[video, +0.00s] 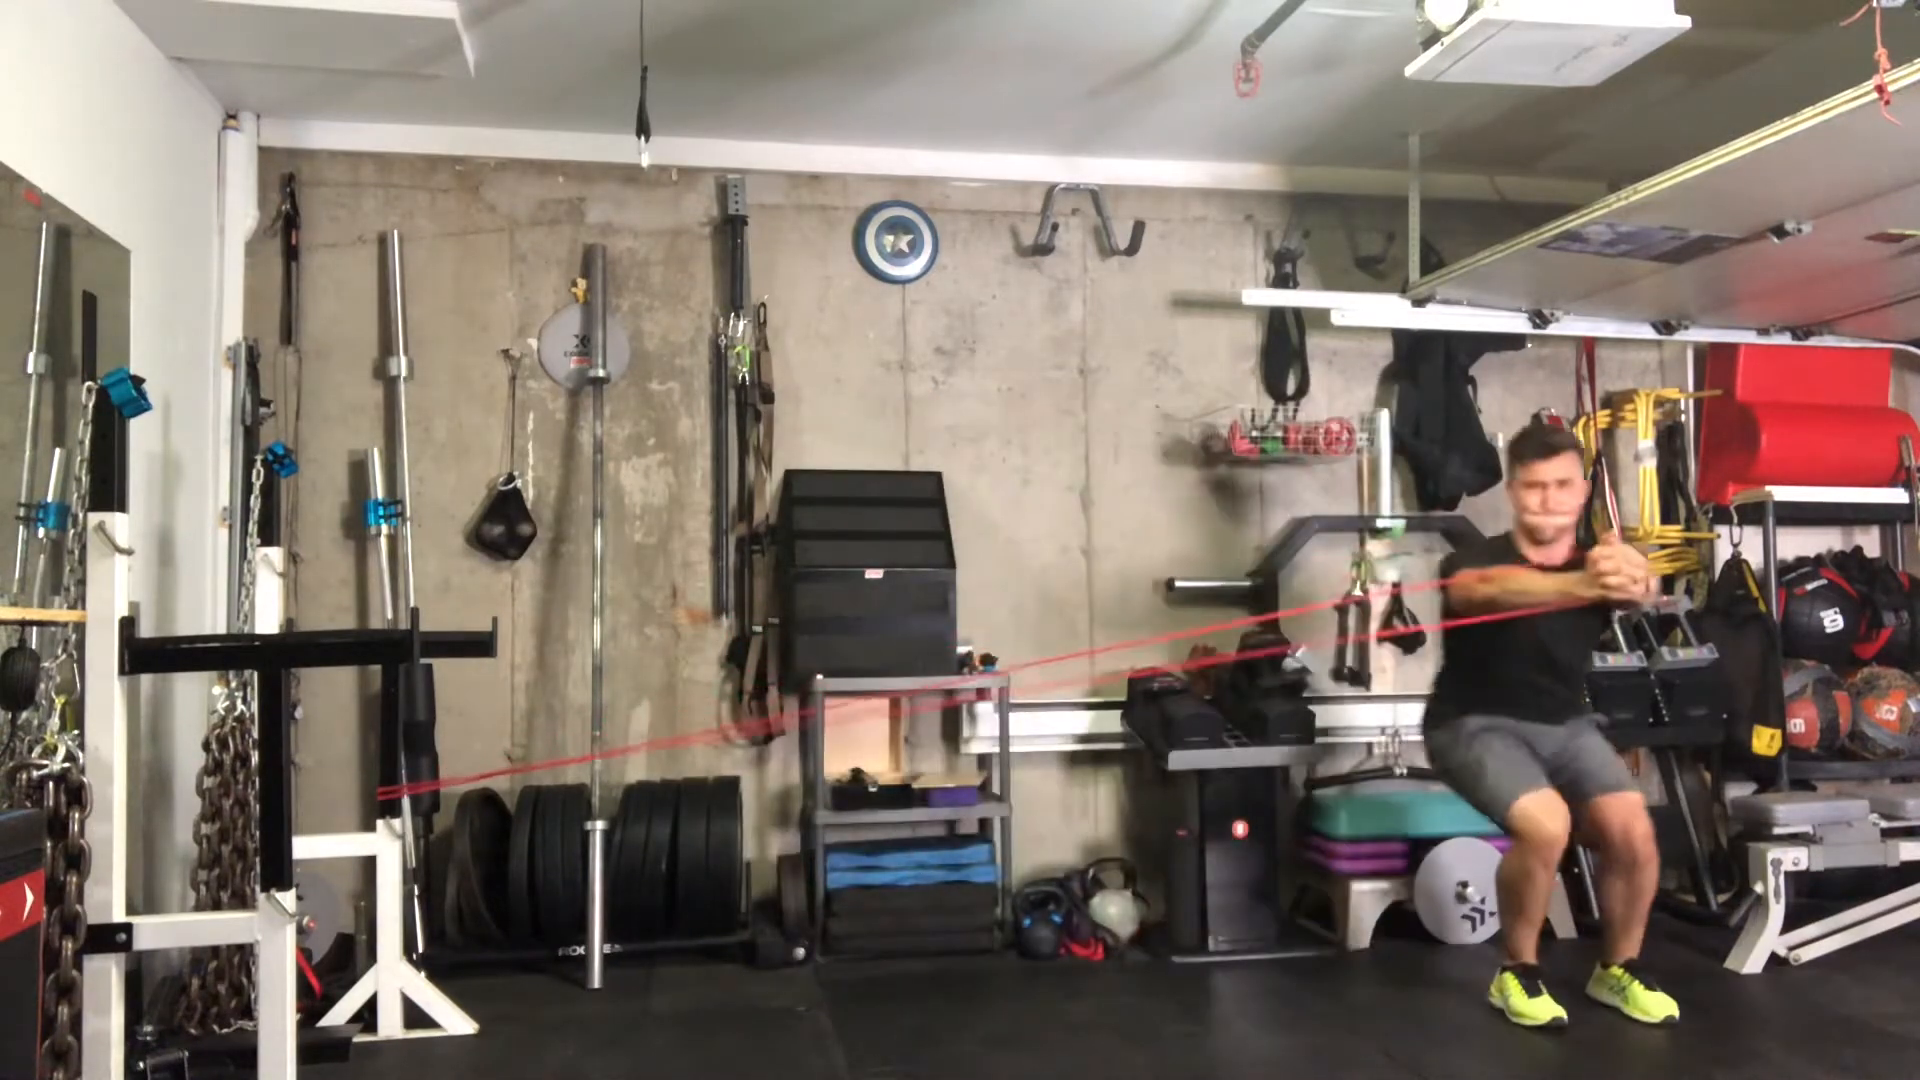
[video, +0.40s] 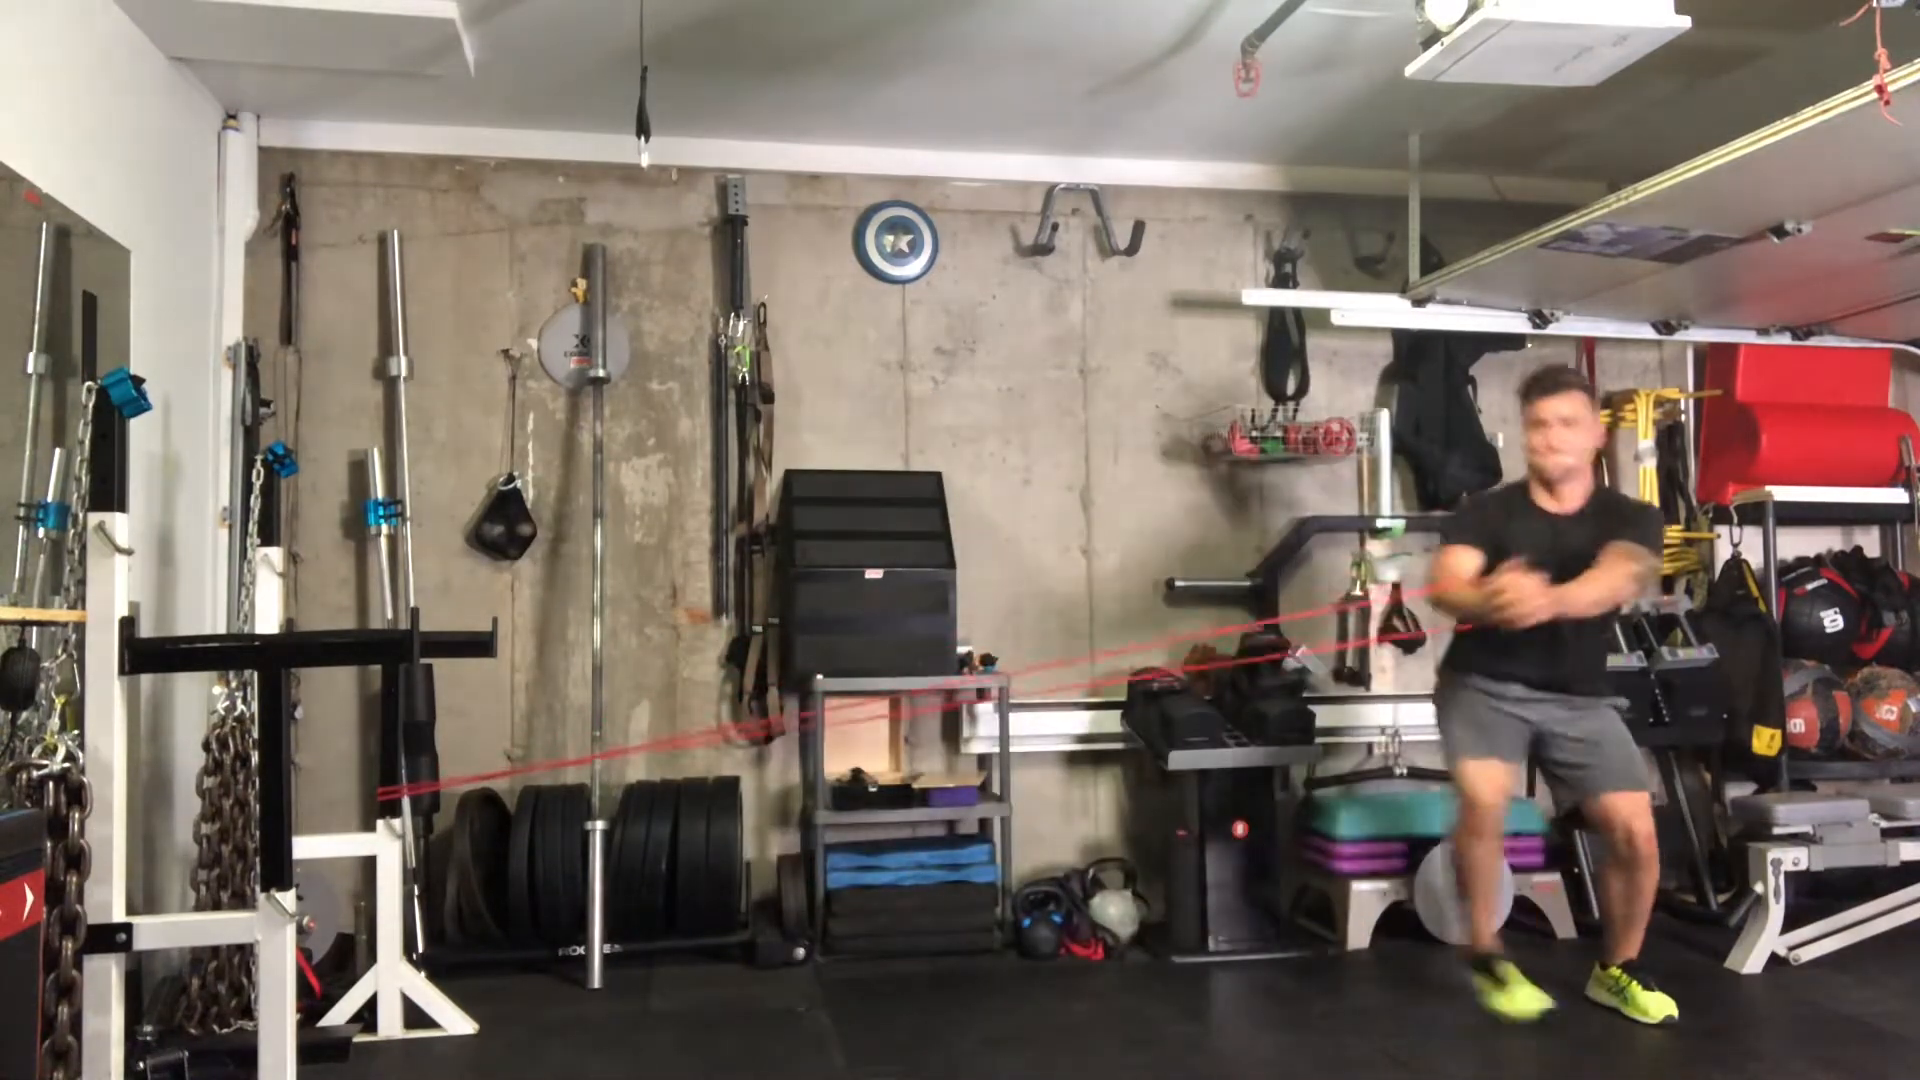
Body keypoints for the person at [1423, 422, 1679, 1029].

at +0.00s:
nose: (1548, 500)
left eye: (1563, 486)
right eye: (1533, 486)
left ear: (1583, 493)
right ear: (1510, 492)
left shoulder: (1599, 556)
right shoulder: (1475, 557)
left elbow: (1642, 583)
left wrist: (1637, 575)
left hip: (1568, 724)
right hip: (1477, 722)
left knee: (1631, 826)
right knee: (1545, 824)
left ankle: (1616, 971)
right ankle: (1519, 972)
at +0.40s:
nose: (1552, 436)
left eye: (1568, 423)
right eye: (1539, 424)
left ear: (1598, 436)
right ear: (1524, 437)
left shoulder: (1632, 519)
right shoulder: (1485, 512)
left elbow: (1615, 583)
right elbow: (1448, 587)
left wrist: (1553, 599)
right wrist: (1492, 598)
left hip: (1581, 700)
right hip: (1487, 691)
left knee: (1635, 829)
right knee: (1485, 800)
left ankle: (1617, 969)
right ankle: (1486, 956)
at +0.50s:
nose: (1500, 415)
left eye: (1515, 401)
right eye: (1489, 404)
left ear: (1553, 414)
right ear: (1479, 419)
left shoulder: (1597, 503)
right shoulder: (1453, 498)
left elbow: (1572, 590)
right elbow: (1403, 600)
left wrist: (1482, 627)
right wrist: (1439, 623)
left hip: (1565, 696)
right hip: (1463, 687)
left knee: (1619, 836)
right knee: (1422, 797)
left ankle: (1614, 970)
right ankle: (1389, 954)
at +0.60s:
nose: (1432, 397)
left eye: (1450, 384)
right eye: (1424, 387)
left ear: (1494, 398)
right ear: (1414, 403)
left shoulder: (1543, 491)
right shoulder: (1403, 495)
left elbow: (1510, 600)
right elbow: (1360, 590)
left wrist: (1400, 652)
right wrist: (1352, 644)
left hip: (1529, 688)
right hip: (1425, 683)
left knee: (1588, 829)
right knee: (1364, 796)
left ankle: (1612, 971)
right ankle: (1301, 965)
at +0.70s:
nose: (1365, 392)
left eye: (1381, 378)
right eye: (1360, 379)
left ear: (1427, 389)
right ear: (1354, 393)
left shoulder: (1471, 482)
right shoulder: (1344, 487)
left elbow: (1440, 603)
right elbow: (1307, 579)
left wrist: (1323, 658)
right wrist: (1279, 644)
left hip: (1474, 690)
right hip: (1368, 683)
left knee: (1549, 822)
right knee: (1308, 799)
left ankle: (1614, 964)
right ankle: (1273, 972)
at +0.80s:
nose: (1299, 385)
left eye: (1316, 372)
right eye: (1297, 373)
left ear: (1364, 386)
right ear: (1298, 388)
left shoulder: (1402, 482)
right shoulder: (1288, 480)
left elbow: (1359, 603)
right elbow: (1253, 572)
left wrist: (1248, 652)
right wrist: (1219, 631)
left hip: (1408, 690)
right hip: (1312, 681)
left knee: (1479, 818)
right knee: (1263, 797)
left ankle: (1607, 945)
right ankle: (1267, 976)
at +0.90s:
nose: (1253, 368)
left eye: (1268, 356)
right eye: (1254, 355)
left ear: (1314, 369)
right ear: (1267, 368)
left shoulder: (1349, 463)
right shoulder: (1248, 465)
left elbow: (1304, 583)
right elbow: (1211, 555)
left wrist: (1191, 627)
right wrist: (1166, 612)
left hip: (1350, 677)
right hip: (1264, 670)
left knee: (1382, 819)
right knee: (1240, 806)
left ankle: (1526, 916)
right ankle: (1266, 976)